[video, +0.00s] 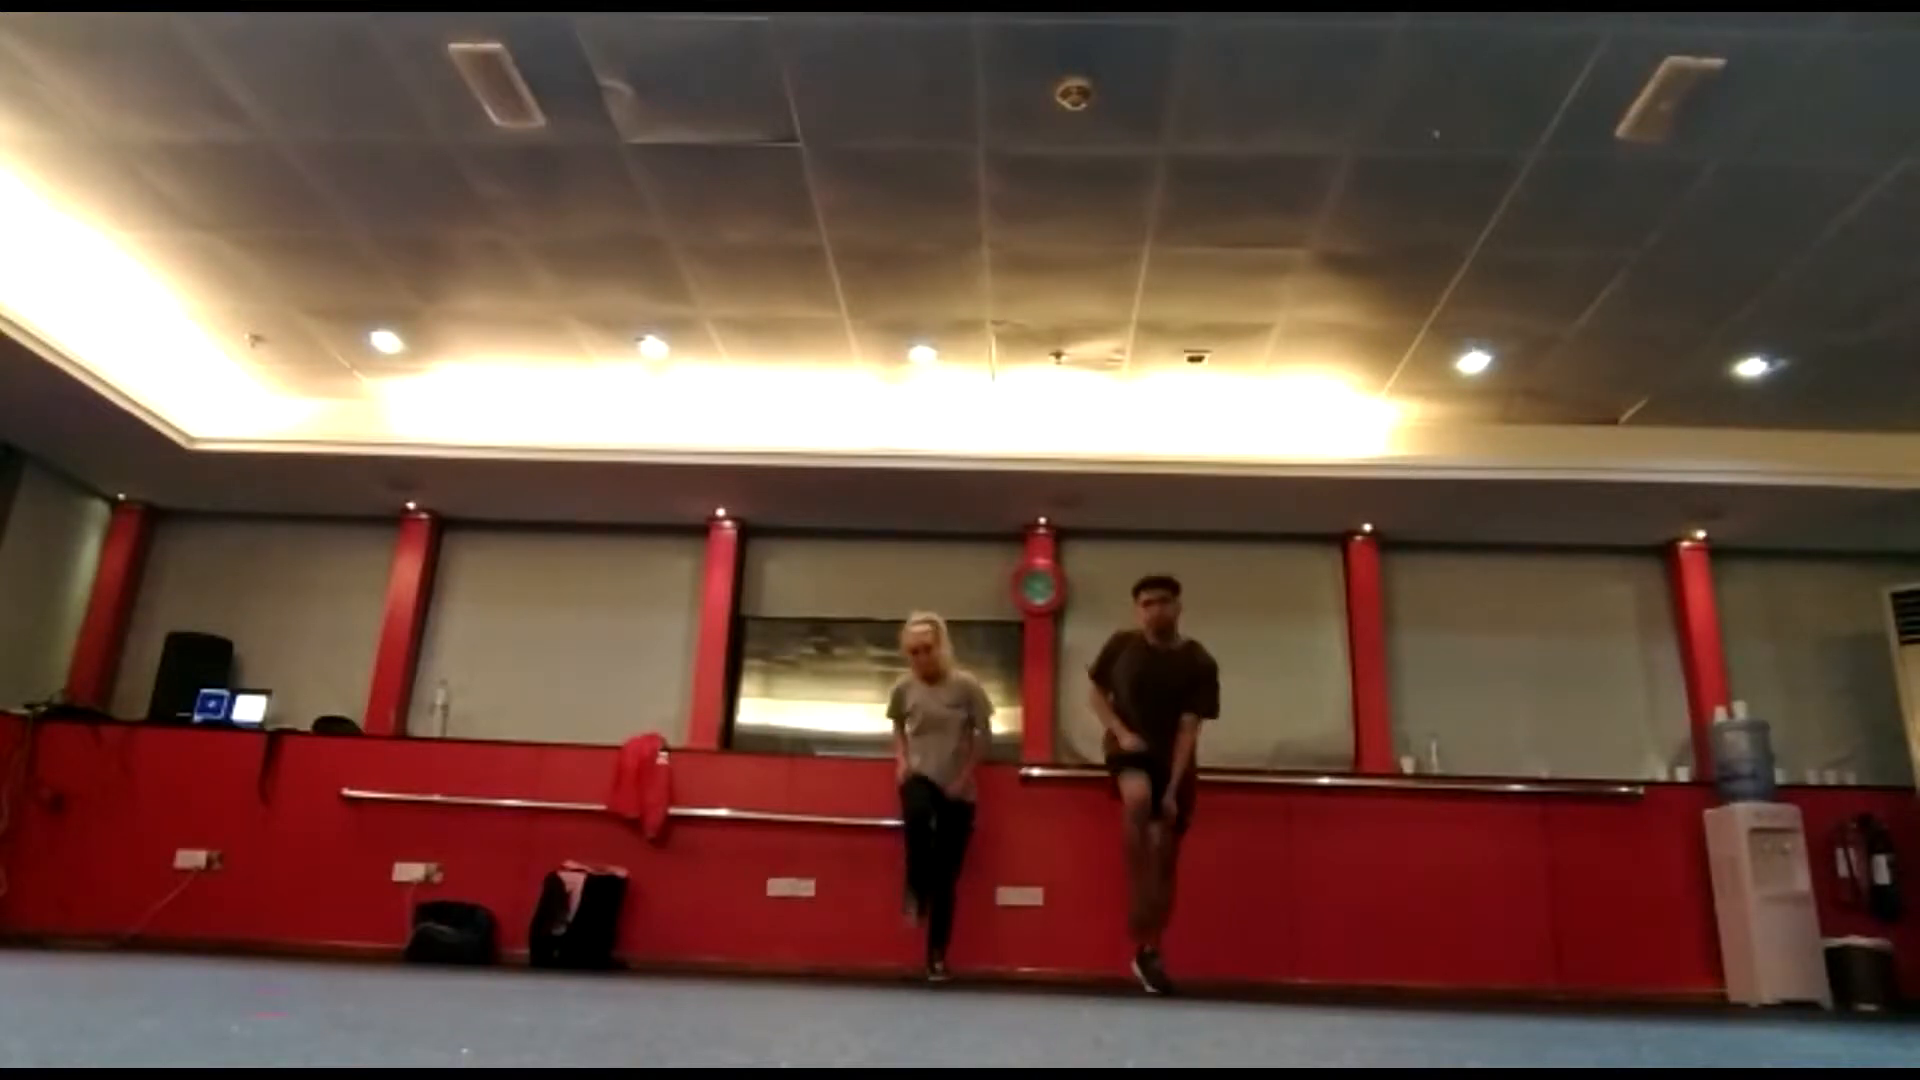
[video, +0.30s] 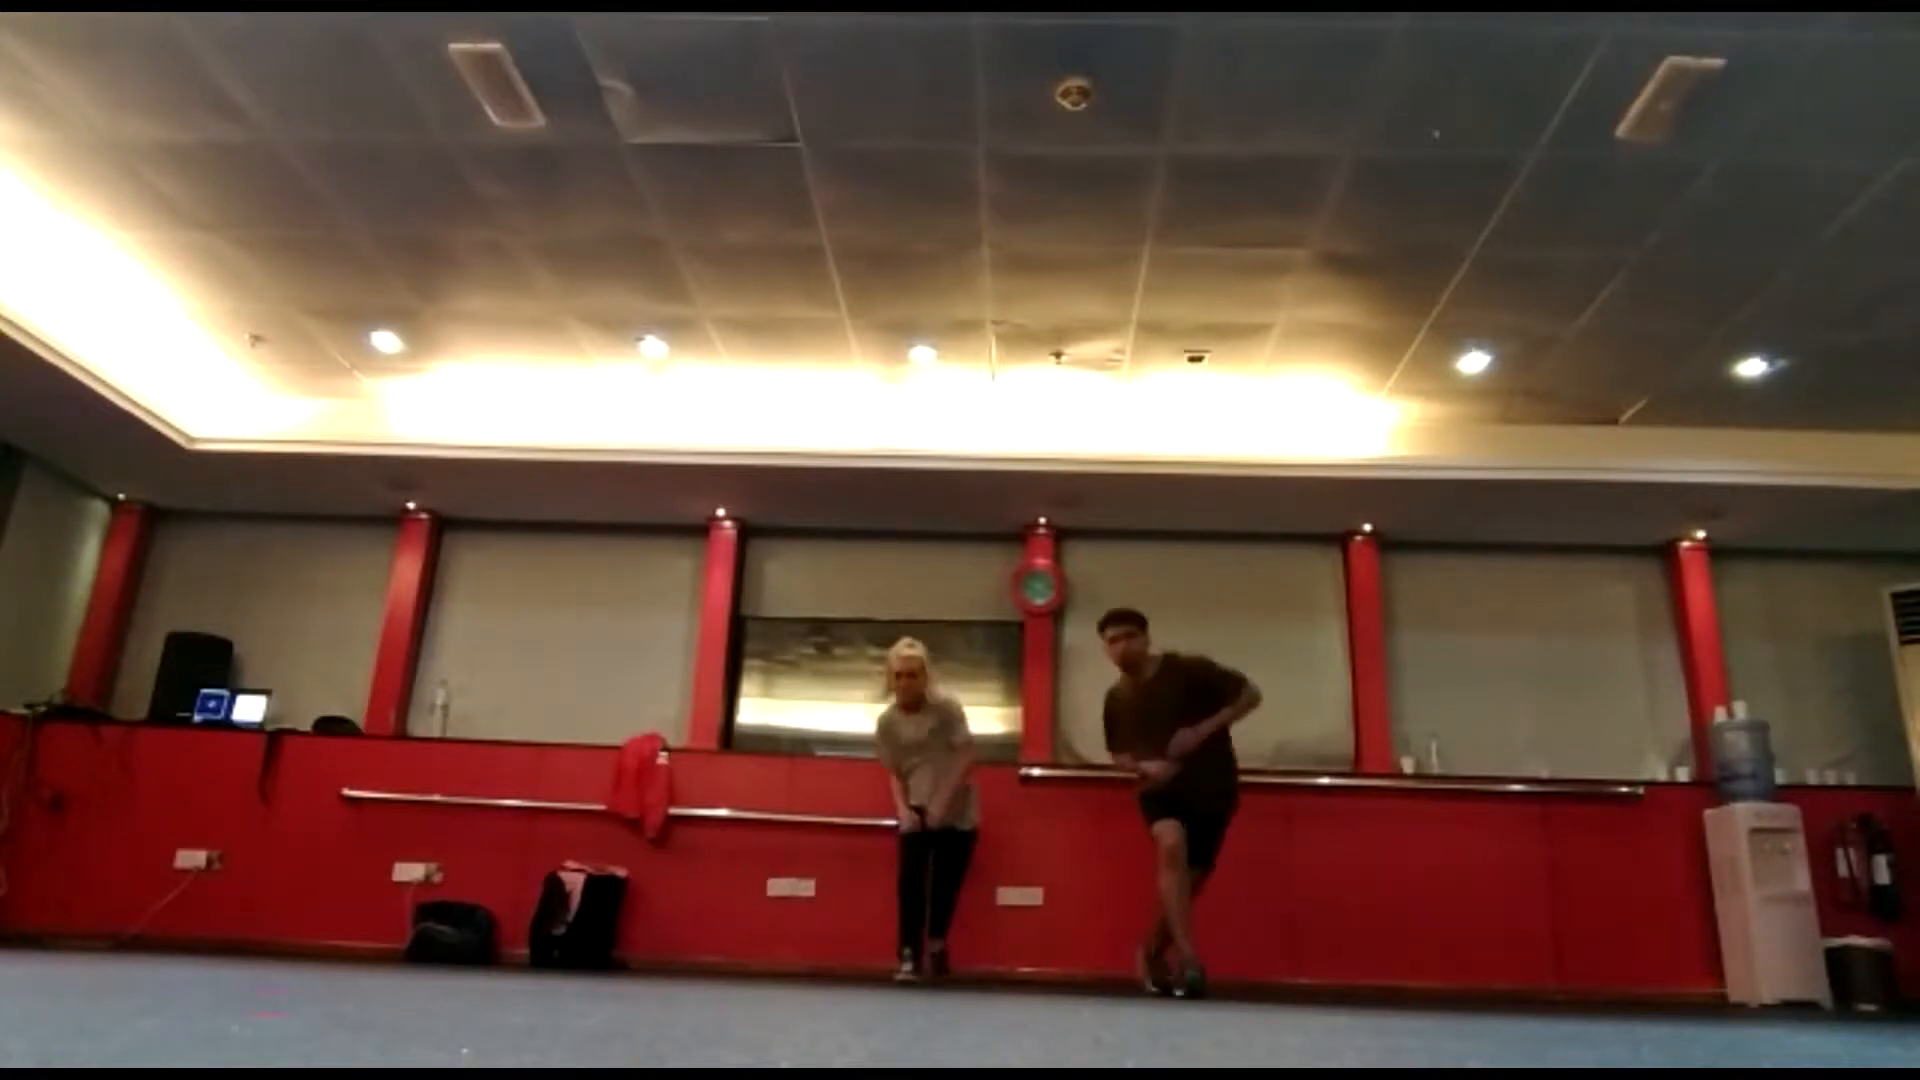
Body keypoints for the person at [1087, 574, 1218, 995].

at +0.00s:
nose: (1154, 610)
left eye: (1162, 602)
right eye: (1147, 603)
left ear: (1177, 607)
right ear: (1137, 609)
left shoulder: (1197, 660)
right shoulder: (1122, 646)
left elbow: (1188, 730)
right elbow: (1097, 692)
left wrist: (1172, 788)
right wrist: (1120, 732)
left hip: (1173, 754)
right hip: (1131, 745)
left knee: (1162, 846)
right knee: (1137, 797)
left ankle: (1151, 948)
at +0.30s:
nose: (1122, 647)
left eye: (1129, 637)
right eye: (1113, 641)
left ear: (1145, 638)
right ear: (1105, 648)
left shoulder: (1187, 670)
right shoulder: (1118, 698)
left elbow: (1249, 695)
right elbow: (1119, 753)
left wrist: (1200, 731)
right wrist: (1143, 766)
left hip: (1210, 783)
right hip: (1162, 785)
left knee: (1191, 879)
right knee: (1170, 845)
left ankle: (1153, 950)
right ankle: (1188, 958)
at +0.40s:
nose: (1132, 614)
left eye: (1138, 603)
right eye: (1124, 608)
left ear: (1156, 604)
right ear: (1116, 616)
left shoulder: (1198, 636)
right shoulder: (1122, 666)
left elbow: (1250, 665)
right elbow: (1111, 728)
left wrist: (1219, 708)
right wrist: (1158, 734)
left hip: (1216, 759)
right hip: (1165, 764)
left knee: (1223, 852)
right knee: (1176, 844)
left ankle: (1196, 880)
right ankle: (1188, 959)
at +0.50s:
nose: (1147, 592)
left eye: (1153, 581)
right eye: (1138, 584)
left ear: (1171, 582)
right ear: (1128, 591)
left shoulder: (1206, 615)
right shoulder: (1126, 640)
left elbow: (1256, 630)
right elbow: (1070, 676)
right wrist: (1104, 701)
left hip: (1218, 742)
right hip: (1166, 751)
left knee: (1234, 821)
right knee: (1179, 845)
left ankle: (1232, 834)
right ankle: (1188, 960)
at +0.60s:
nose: (1178, 578)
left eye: (1185, 569)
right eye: (1169, 569)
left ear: (1198, 575)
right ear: (1154, 576)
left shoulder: (1221, 613)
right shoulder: (1128, 623)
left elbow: (1284, 609)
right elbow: (1061, 622)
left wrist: (1341, 597)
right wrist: (998, 605)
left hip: (1215, 736)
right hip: (1163, 746)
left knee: (1233, 777)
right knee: (1184, 852)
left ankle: (1245, 866)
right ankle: (1192, 965)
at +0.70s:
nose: (1191, 581)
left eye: (1199, 573)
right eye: (1182, 573)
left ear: (1210, 581)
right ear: (1164, 580)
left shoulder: (1229, 628)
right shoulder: (1138, 629)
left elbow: (1283, 657)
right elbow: (1083, 662)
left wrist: (1325, 673)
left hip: (1212, 749)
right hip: (1158, 753)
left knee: (1235, 800)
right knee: (1188, 850)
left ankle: (1211, 936)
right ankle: (1203, 954)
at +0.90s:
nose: (1218, 614)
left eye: (1228, 606)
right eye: (1210, 604)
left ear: (1241, 618)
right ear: (1193, 611)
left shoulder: (1248, 676)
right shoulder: (1161, 661)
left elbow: (1233, 747)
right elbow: (1153, 739)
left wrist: (1217, 809)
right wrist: (1173, 808)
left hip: (1211, 777)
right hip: (1161, 776)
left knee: (1224, 853)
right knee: (1186, 870)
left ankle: (1178, 960)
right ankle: (1194, 962)